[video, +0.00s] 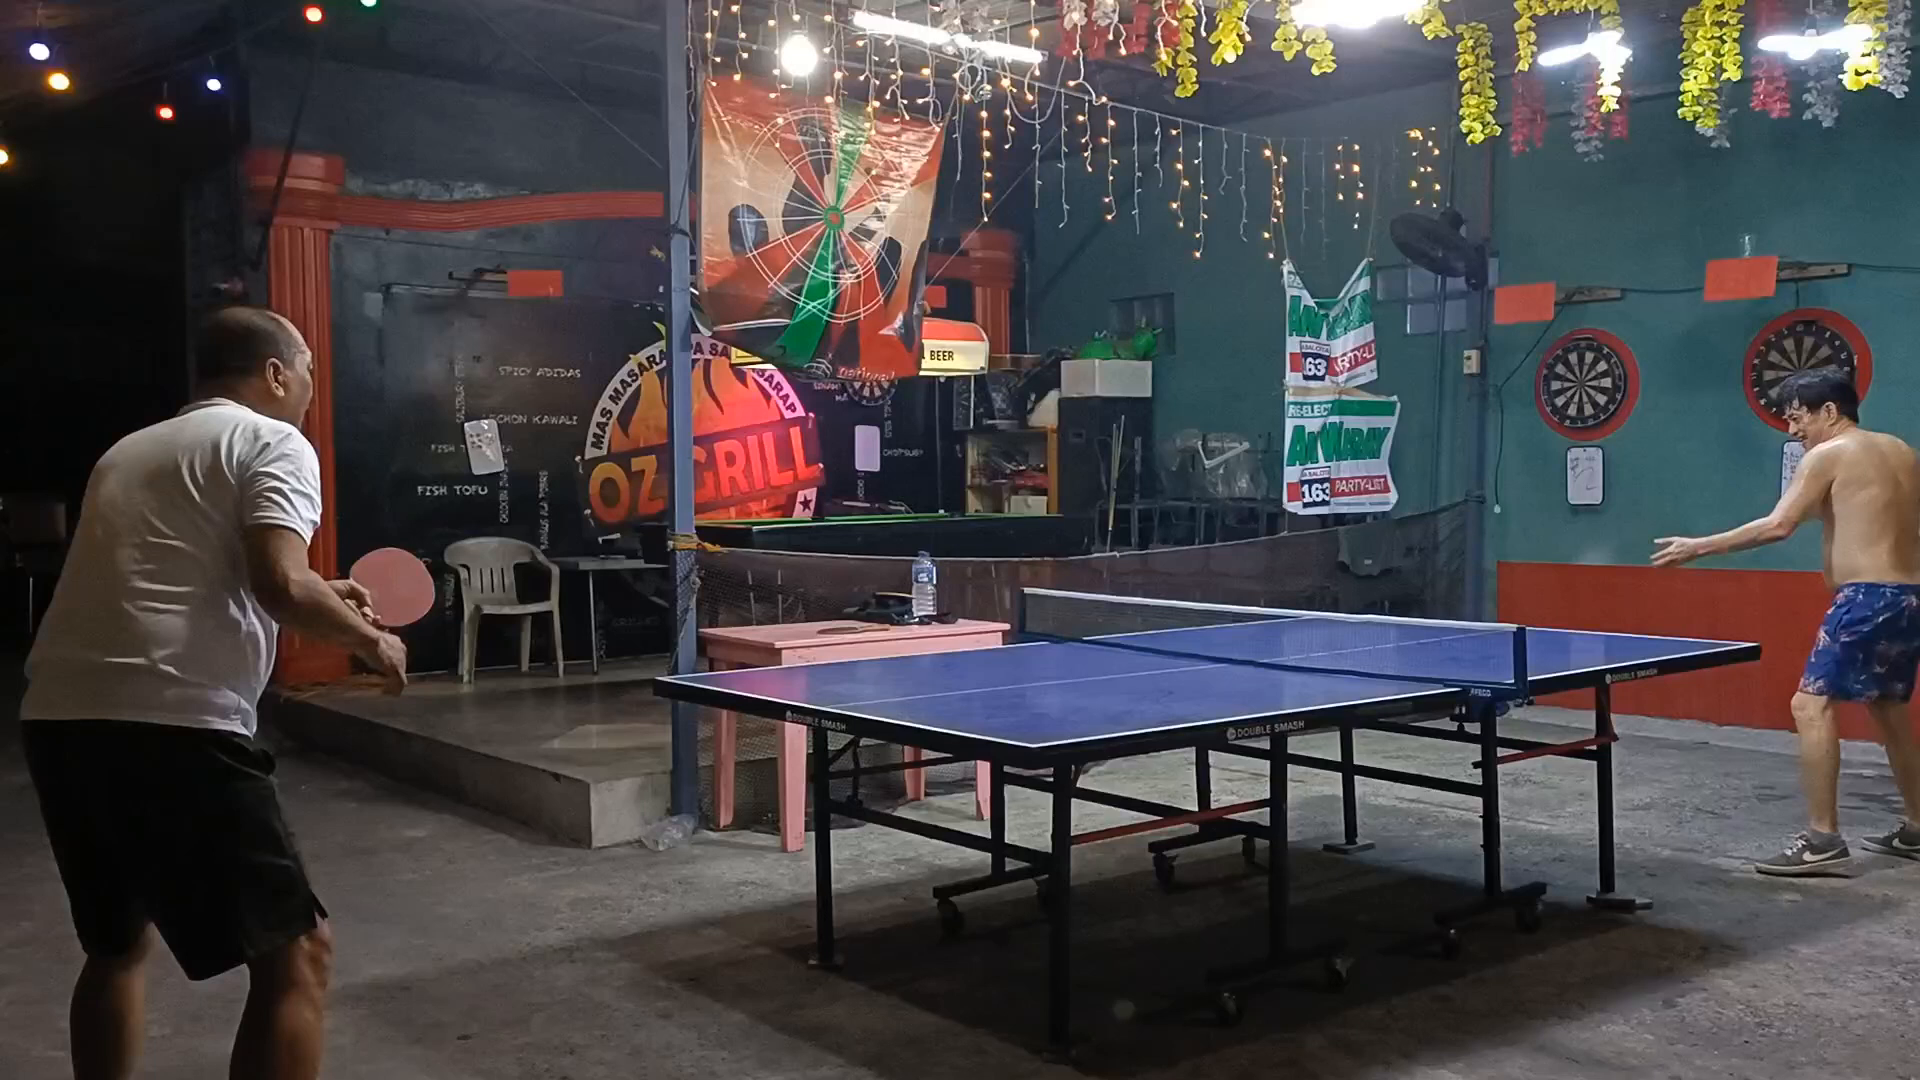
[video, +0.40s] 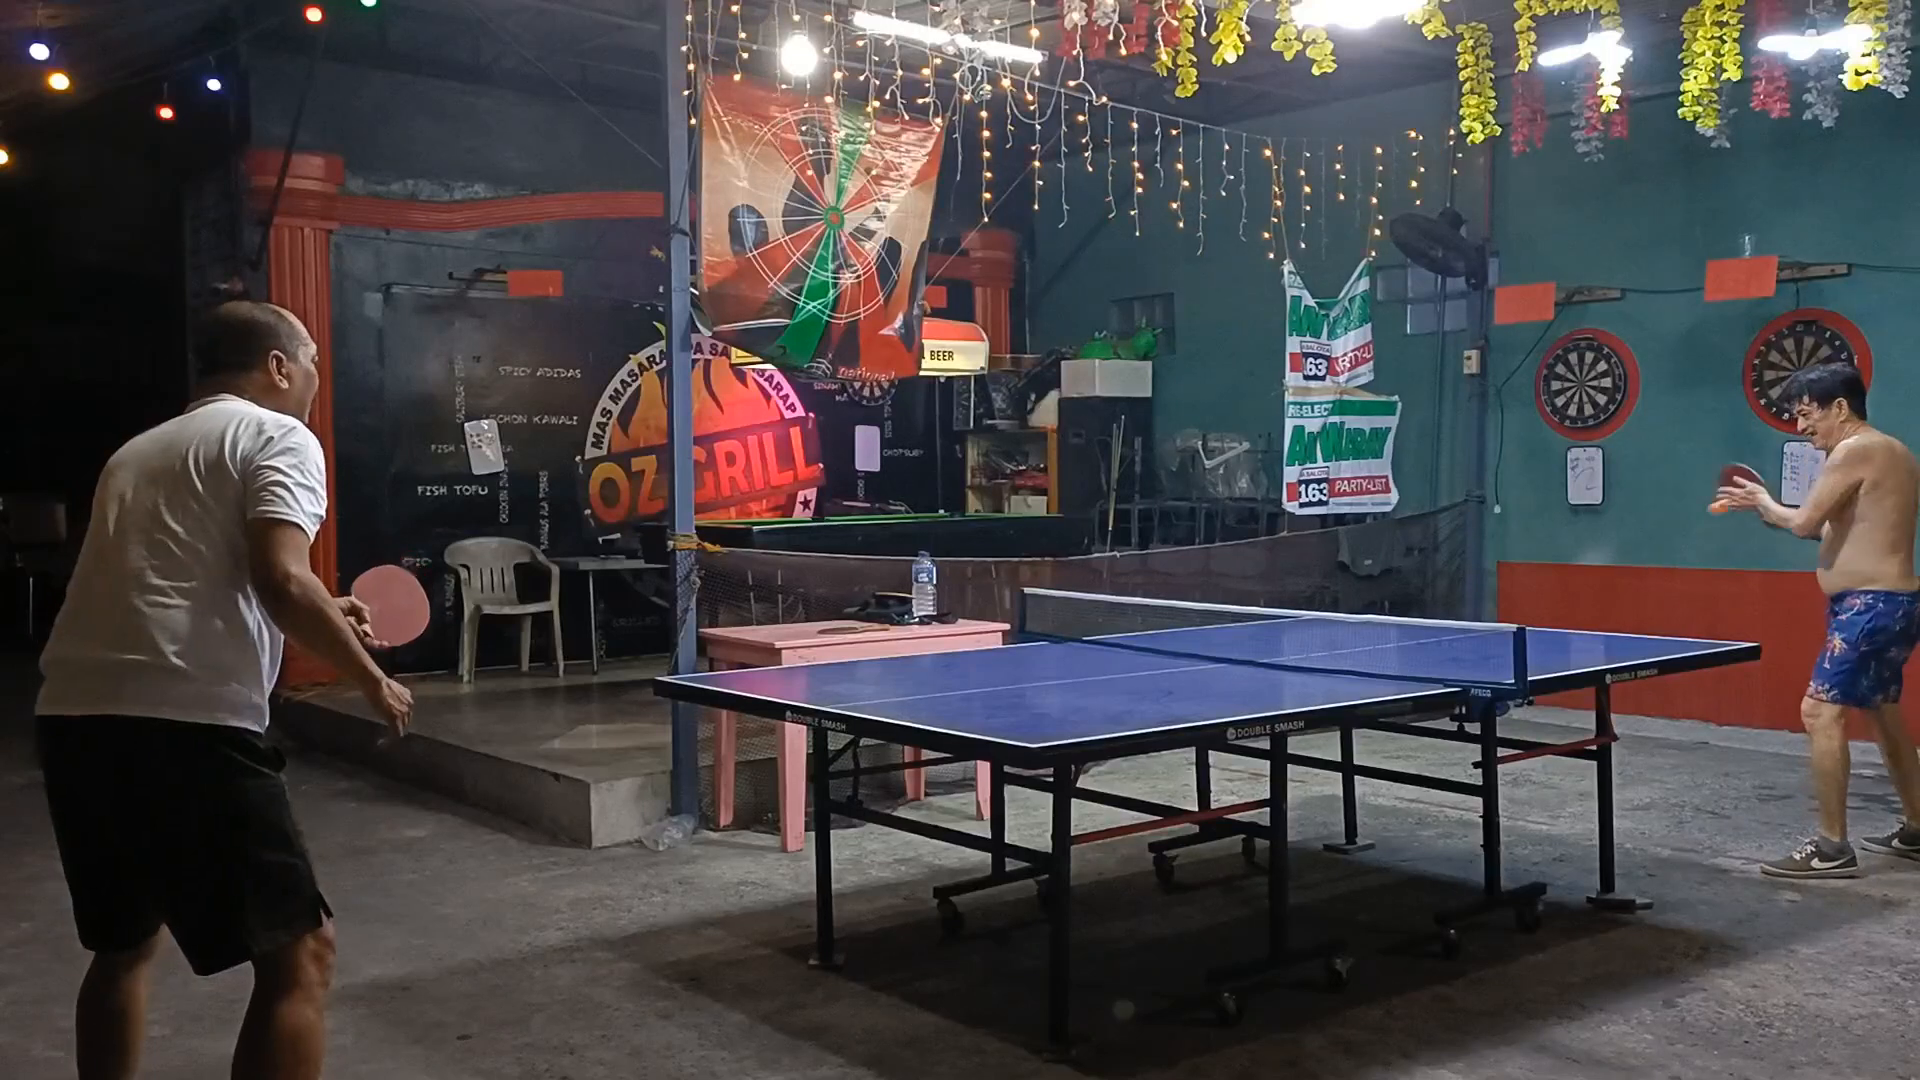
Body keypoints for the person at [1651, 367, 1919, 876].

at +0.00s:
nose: (1795, 429)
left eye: (1799, 417)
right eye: (1792, 419)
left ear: (1830, 411)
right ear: (1843, 413)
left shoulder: (1827, 455)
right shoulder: (1902, 450)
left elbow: (1778, 526)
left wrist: (1700, 545)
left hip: (1865, 600)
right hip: (1911, 600)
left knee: (1811, 707)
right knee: (1890, 710)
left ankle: (1822, 837)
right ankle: (1914, 826)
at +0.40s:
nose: (1802, 427)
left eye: (1809, 415)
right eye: (1800, 417)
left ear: (1841, 408)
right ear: (1847, 411)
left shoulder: (1853, 452)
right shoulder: (1893, 449)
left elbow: (1805, 522)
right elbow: (1827, 526)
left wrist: (1763, 503)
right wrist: (1768, 504)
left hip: (1865, 604)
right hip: (1895, 601)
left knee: (1820, 712)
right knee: (1885, 707)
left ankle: (1832, 844)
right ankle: (1915, 824)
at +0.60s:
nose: (1807, 421)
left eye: (1814, 409)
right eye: (1805, 411)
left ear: (1849, 405)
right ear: (1834, 410)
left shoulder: (1881, 451)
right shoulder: (1833, 456)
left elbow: (1881, 530)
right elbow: (1769, 480)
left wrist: (1794, 557)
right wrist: (1731, 449)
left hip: (1878, 603)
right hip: (1848, 604)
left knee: (1824, 714)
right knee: (1880, 720)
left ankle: (1833, 845)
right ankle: (1916, 825)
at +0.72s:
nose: (1812, 420)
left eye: (1820, 408)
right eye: (1809, 410)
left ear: (1856, 406)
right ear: (1817, 411)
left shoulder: (1886, 453)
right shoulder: (1829, 458)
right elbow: (1763, 482)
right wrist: (1730, 448)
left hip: (1880, 607)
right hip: (1842, 607)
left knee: (1824, 712)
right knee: (1875, 719)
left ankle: (1833, 845)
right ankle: (1916, 824)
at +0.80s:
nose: (1814, 419)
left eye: (1824, 408)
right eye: (1810, 409)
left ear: (1859, 408)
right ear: (1813, 412)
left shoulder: (1893, 455)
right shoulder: (1829, 463)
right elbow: (1769, 494)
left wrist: (1914, 569)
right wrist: (1727, 464)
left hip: (1879, 604)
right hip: (1842, 606)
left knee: (1828, 713)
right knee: (1875, 719)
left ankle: (1832, 844)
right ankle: (1915, 824)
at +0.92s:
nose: (1818, 417)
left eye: (1829, 406)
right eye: (1814, 408)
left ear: (1863, 406)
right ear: (1813, 412)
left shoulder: (1904, 455)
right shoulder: (1831, 465)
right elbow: (1787, 518)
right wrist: (1733, 521)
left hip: (1898, 602)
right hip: (1853, 605)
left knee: (1856, 713)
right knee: (1877, 720)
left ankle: (1839, 844)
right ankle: (1916, 825)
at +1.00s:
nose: (1819, 417)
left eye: (1829, 406)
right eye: (1814, 408)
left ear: (1864, 407)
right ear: (1812, 411)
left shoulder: (1904, 454)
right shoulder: (1829, 467)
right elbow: (1797, 531)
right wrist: (1743, 551)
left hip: (1903, 602)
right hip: (1858, 607)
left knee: (1872, 713)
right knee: (1867, 716)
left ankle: (1851, 844)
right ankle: (1915, 824)